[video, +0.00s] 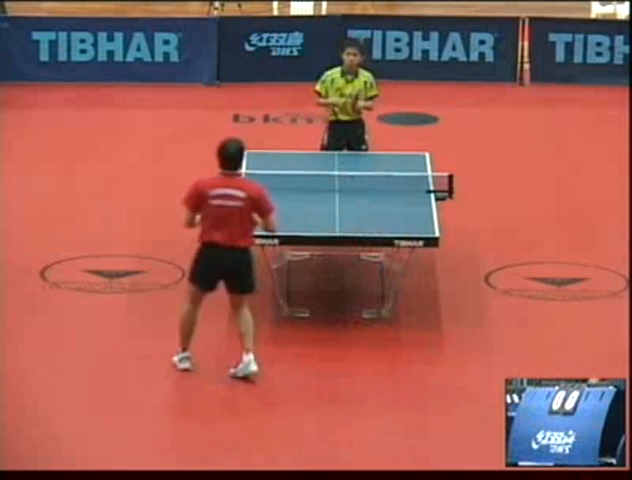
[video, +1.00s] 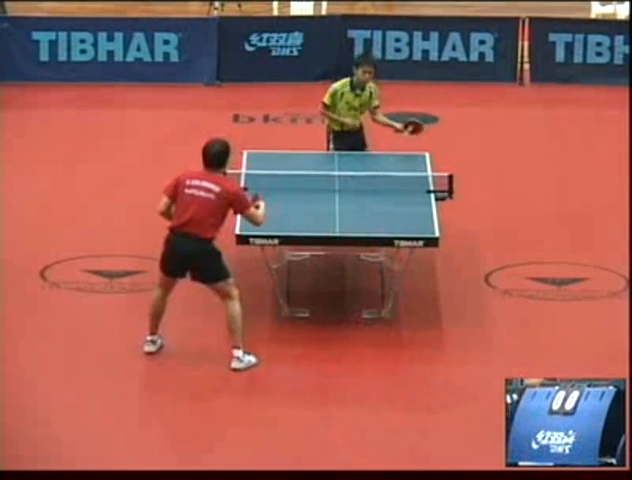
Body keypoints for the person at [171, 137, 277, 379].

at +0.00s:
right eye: (239, 158)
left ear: (218, 160)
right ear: (242, 161)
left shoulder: (203, 187)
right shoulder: (254, 190)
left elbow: (189, 222)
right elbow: (270, 226)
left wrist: (206, 215)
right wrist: (253, 218)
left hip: (210, 250)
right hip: (239, 253)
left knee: (193, 301)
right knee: (240, 305)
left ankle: (184, 353)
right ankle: (249, 356)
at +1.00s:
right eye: (227, 158)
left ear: (204, 158)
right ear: (226, 162)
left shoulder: (185, 178)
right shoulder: (229, 189)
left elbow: (164, 209)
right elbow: (257, 220)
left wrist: (181, 221)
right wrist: (260, 206)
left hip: (176, 241)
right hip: (203, 246)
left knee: (163, 289)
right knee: (230, 296)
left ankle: (152, 337)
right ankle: (238, 353)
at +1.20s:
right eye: (230, 166)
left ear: (207, 165)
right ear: (229, 169)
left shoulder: (187, 182)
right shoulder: (231, 195)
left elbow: (161, 208)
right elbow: (251, 230)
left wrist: (175, 223)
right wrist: (242, 235)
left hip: (171, 240)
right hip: (197, 244)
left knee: (161, 289)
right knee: (226, 297)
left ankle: (151, 338)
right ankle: (238, 354)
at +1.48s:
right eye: (232, 169)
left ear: (210, 169)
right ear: (233, 172)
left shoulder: (192, 182)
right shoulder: (236, 198)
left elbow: (165, 205)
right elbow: (257, 222)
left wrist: (179, 225)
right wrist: (259, 207)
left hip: (177, 241)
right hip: (205, 246)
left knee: (161, 290)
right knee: (233, 297)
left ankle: (151, 338)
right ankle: (241, 353)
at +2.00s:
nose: (226, 178)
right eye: (228, 175)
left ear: (205, 173)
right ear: (227, 177)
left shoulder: (187, 188)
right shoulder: (228, 200)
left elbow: (175, 210)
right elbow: (253, 236)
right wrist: (241, 237)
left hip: (168, 244)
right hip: (194, 250)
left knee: (162, 287)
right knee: (231, 298)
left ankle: (151, 337)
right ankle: (242, 355)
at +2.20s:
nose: (236, 187)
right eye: (237, 183)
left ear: (214, 179)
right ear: (236, 185)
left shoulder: (196, 192)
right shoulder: (238, 206)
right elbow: (268, 230)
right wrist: (257, 236)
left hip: (176, 249)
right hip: (203, 255)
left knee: (163, 288)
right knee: (243, 297)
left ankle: (151, 338)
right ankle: (246, 355)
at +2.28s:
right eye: (241, 177)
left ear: (220, 175)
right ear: (242, 179)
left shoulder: (201, 187)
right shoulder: (244, 202)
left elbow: (194, 204)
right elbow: (272, 219)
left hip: (180, 245)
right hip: (207, 252)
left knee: (164, 289)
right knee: (243, 297)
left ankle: (151, 338)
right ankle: (246, 355)